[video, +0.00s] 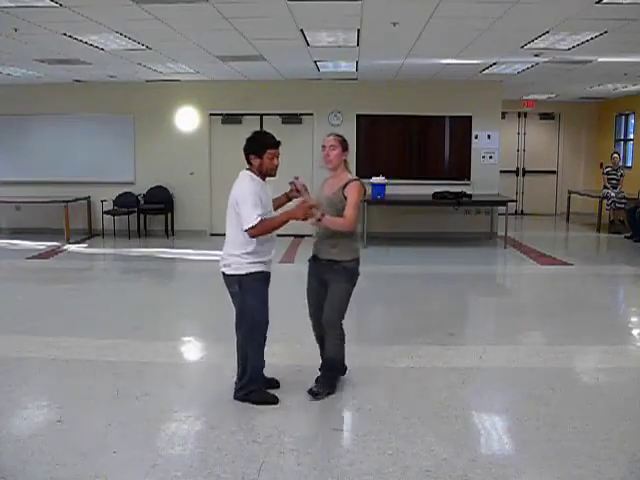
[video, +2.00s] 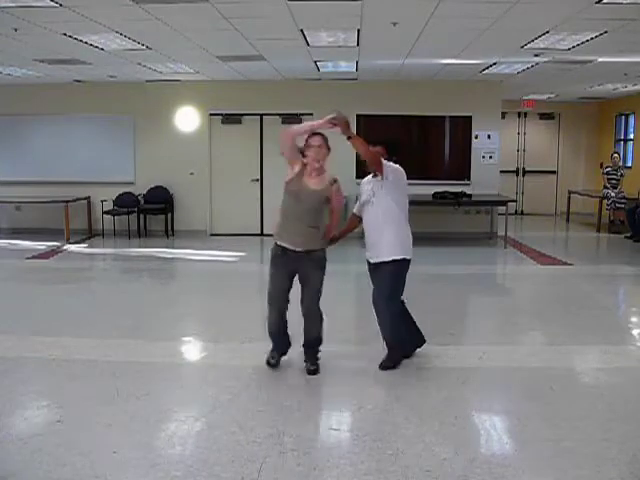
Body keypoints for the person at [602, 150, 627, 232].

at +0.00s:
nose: (615, 160)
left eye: (616, 158)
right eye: (613, 158)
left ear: (619, 160)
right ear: (611, 160)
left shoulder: (621, 171)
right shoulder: (607, 169)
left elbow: (621, 183)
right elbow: (605, 182)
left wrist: (617, 190)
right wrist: (611, 189)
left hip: (617, 188)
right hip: (608, 188)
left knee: (622, 196)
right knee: (612, 196)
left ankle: (621, 217)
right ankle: (611, 217)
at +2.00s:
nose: (615, 160)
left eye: (616, 158)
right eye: (613, 158)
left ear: (619, 160)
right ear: (611, 160)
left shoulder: (621, 170)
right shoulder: (606, 169)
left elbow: (621, 184)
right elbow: (605, 182)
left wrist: (617, 190)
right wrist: (611, 190)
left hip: (617, 188)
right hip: (608, 188)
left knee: (622, 196)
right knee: (611, 196)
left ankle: (621, 216)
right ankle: (611, 215)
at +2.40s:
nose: (615, 160)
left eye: (616, 158)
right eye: (613, 158)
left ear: (619, 160)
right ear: (611, 160)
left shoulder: (621, 170)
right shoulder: (606, 169)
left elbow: (621, 184)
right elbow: (605, 182)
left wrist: (617, 190)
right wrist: (611, 190)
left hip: (617, 188)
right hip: (608, 188)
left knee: (622, 196)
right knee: (611, 196)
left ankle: (621, 216)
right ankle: (611, 215)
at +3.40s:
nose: (615, 160)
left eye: (617, 158)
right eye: (613, 158)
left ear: (619, 160)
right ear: (611, 160)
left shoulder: (621, 170)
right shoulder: (606, 169)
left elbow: (621, 183)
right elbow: (605, 182)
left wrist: (617, 190)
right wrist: (611, 190)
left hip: (617, 188)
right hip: (608, 188)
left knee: (622, 196)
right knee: (611, 196)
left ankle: (621, 217)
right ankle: (611, 216)